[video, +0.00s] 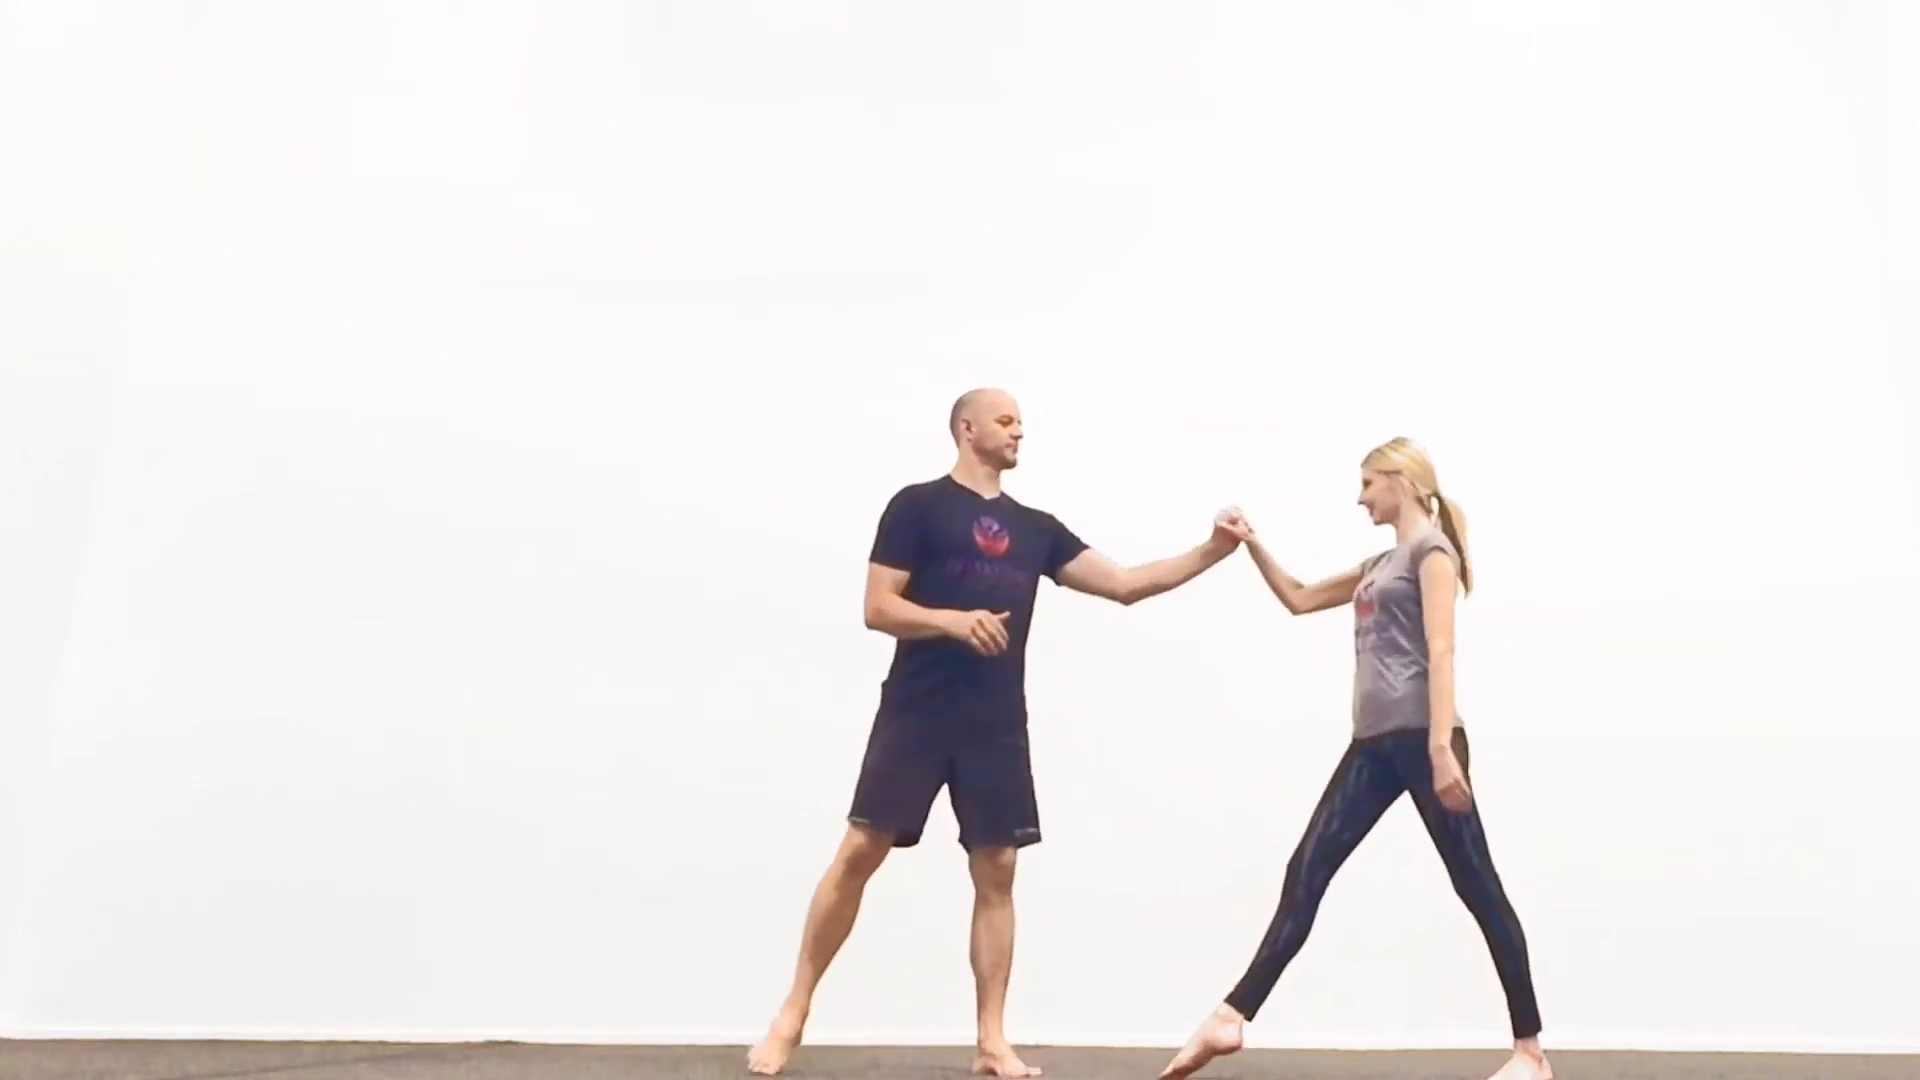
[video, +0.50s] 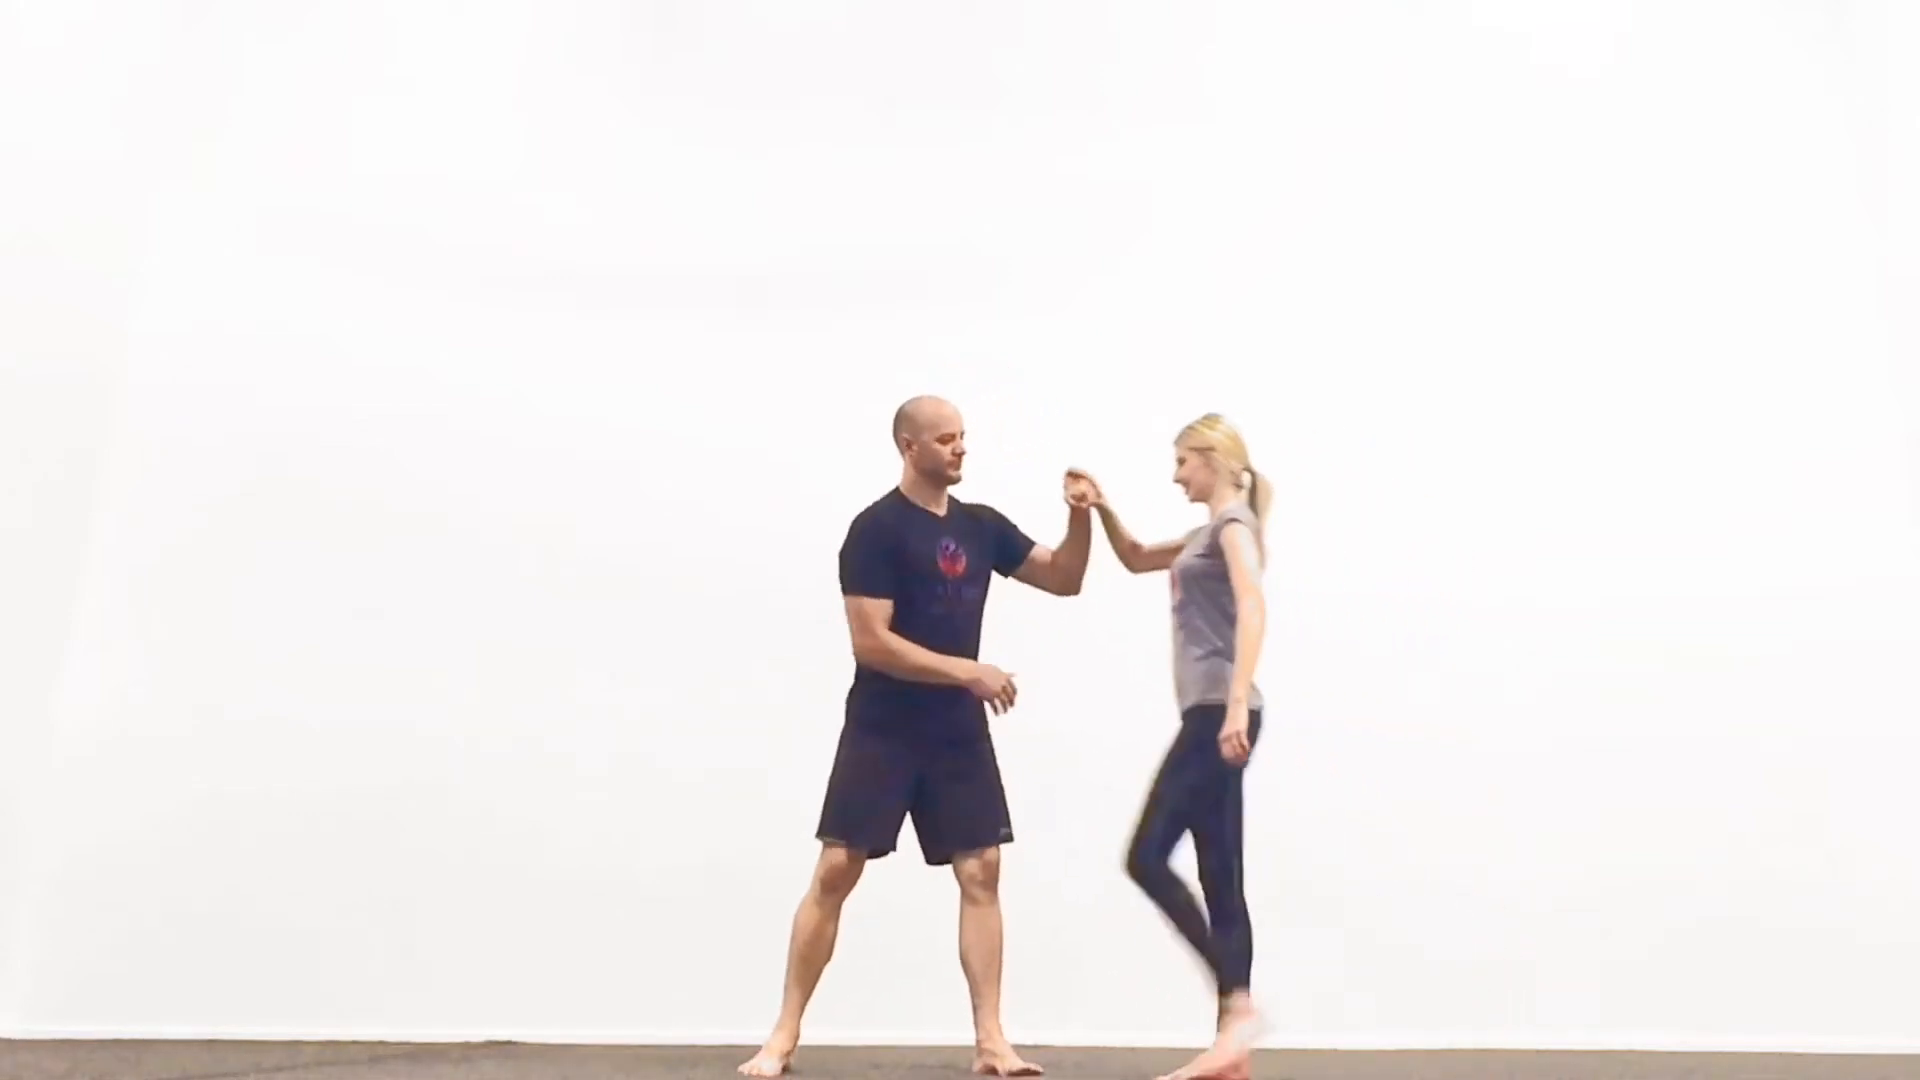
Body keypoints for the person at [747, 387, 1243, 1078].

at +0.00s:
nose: (1017, 433)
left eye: (1020, 423)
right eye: (1005, 421)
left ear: (1015, 436)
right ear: (964, 429)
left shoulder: (1034, 528)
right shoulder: (917, 505)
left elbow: (1125, 584)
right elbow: (879, 608)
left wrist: (1211, 550)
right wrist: (954, 621)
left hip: (996, 722)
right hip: (914, 715)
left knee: (997, 873)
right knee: (860, 853)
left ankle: (992, 1043)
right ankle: (792, 1015)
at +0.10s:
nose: (1004, 432)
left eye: (1006, 423)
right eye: (991, 421)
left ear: (1001, 436)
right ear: (951, 431)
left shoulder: (1023, 528)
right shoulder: (902, 508)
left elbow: (1107, 591)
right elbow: (864, 611)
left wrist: (1197, 561)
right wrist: (940, 627)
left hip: (985, 724)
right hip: (902, 719)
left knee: (991, 872)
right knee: (852, 861)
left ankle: (991, 1044)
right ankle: (793, 1019)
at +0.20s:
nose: (992, 435)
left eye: (994, 426)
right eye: (979, 424)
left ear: (987, 437)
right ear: (939, 433)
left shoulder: (1011, 530)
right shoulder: (890, 511)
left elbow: (1089, 598)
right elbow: (850, 614)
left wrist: (1170, 560)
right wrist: (928, 636)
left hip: (975, 726)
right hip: (892, 721)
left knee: (988, 873)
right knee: (843, 865)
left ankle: (991, 1043)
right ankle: (786, 1027)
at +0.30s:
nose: (980, 440)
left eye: (982, 429)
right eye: (967, 429)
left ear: (972, 439)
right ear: (928, 437)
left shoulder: (1000, 532)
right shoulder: (880, 516)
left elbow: (1072, 602)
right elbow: (843, 619)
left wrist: (1131, 551)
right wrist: (923, 646)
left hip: (968, 725)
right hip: (885, 720)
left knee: (985, 871)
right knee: (839, 867)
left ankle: (992, 1043)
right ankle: (782, 1032)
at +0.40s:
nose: (969, 443)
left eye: (970, 432)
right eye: (956, 433)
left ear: (962, 439)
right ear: (917, 440)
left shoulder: (990, 529)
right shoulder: (874, 520)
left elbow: (1065, 594)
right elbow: (849, 630)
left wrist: (1102, 530)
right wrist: (942, 658)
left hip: (960, 724)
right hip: (881, 723)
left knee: (982, 871)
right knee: (838, 869)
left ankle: (991, 1044)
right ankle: (783, 1039)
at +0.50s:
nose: (960, 449)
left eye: (961, 438)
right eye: (947, 440)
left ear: (956, 443)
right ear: (909, 448)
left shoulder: (981, 524)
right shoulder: (875, 529)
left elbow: (1063, 579)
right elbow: (870, 643)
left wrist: (1080, 516)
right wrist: (969, 671)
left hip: (958, 726)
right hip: (882, 725)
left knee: (981, 871)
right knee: (836, 870)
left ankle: (991, 1045)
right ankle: (781, 1041)